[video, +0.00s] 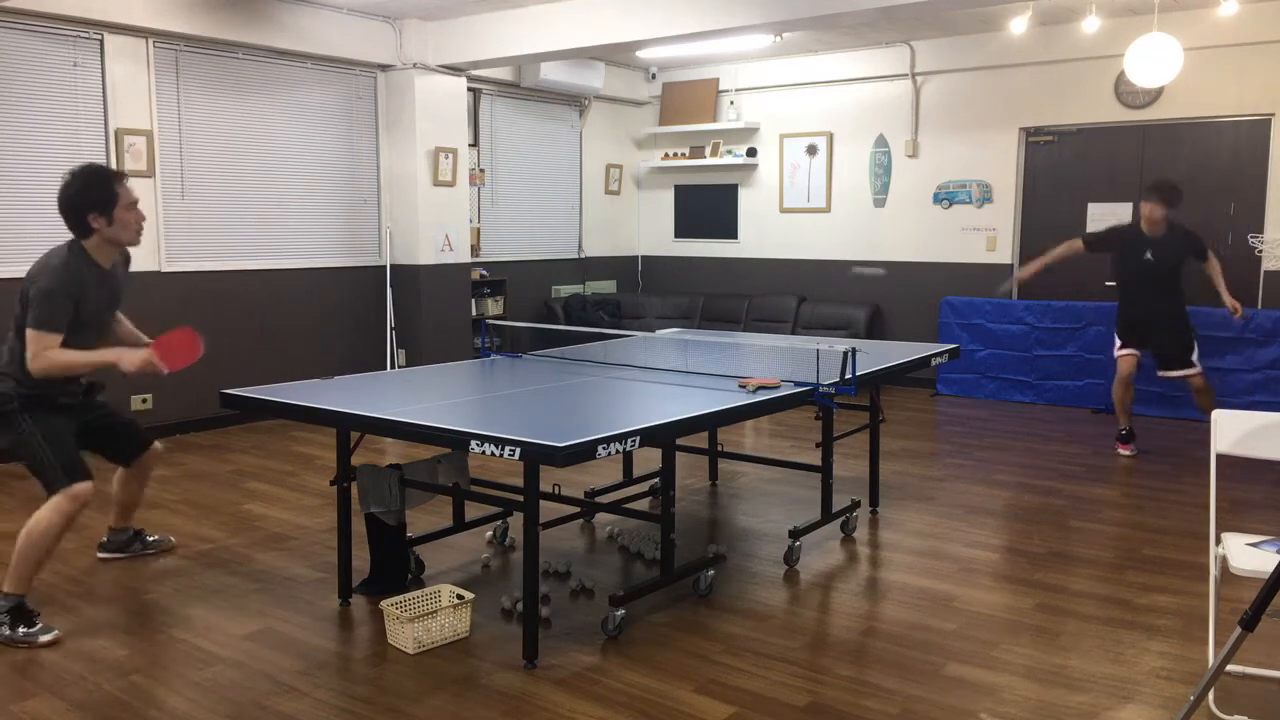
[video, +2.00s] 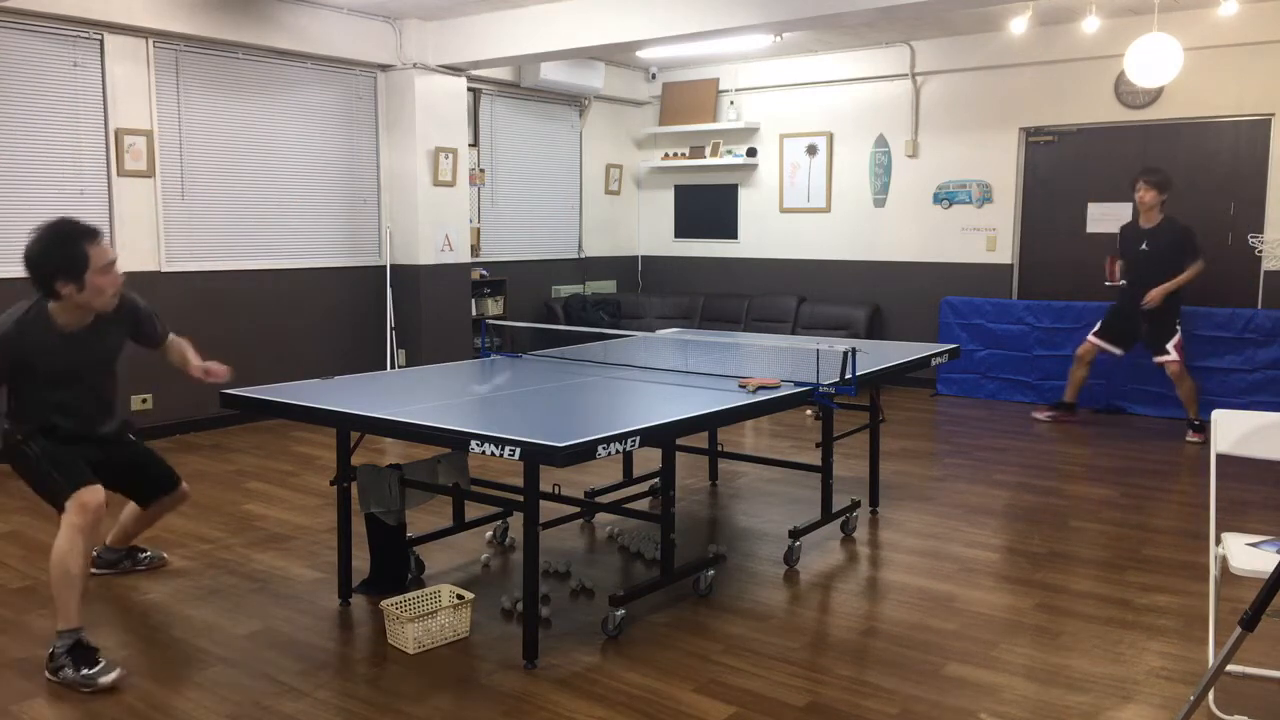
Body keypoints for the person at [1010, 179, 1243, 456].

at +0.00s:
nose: (1150, 210)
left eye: (1157, 205)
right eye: (1147, 203)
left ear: (1168, 210)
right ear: (1140, 205)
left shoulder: (1182, 238)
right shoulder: (1123, 236)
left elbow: (1210, 260)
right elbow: (1077, 245)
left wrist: (1225, 295)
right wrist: (1037, 265)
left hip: (1171, 321)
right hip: (1132, 321)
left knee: (1197, 382)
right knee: (1125, 372)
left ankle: (1217, 423)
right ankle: (1125, 431)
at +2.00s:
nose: (1141, 195)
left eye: (1148, 190)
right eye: (1138, 189)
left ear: (1163, 196)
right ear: (1134, 194)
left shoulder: (1177, 231)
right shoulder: (1128, 231)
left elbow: (1198, 265)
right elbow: (1126, 266)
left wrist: (1164, 290)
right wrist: (1116, 272)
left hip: (1162, 309)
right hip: (1128, 306)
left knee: (1175, 370)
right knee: (1084, 353)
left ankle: (1195, 423)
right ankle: (1067, 406)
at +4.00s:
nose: (1061, 205)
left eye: (1068, 200)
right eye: (1058, 199)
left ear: (1080, 204)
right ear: (1054, 203)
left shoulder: (1094, 229)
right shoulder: (1045, 230)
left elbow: (1112, 258)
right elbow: (1035, 257)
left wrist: (1086, 275)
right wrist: (1044, 271)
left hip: (1085, 300)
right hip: (1052, 299)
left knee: (1105, 352)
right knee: (1023, 345)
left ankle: (1125, 404)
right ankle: (1013, 396)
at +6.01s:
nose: (1133, 222)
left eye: (1137, 217)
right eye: (1129, 216)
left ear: (1143, 221)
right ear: (1119, 217)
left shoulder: (1138, 242)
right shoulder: (1104, 244)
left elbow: (1132, 276)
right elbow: (1118, 284)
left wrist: (1147, 288)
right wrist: (1154, 269)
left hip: (1117, 310)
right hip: (1088, 311)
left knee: (1150, 347)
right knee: (1052, 357)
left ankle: (1143, 407)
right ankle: (1017, 393)